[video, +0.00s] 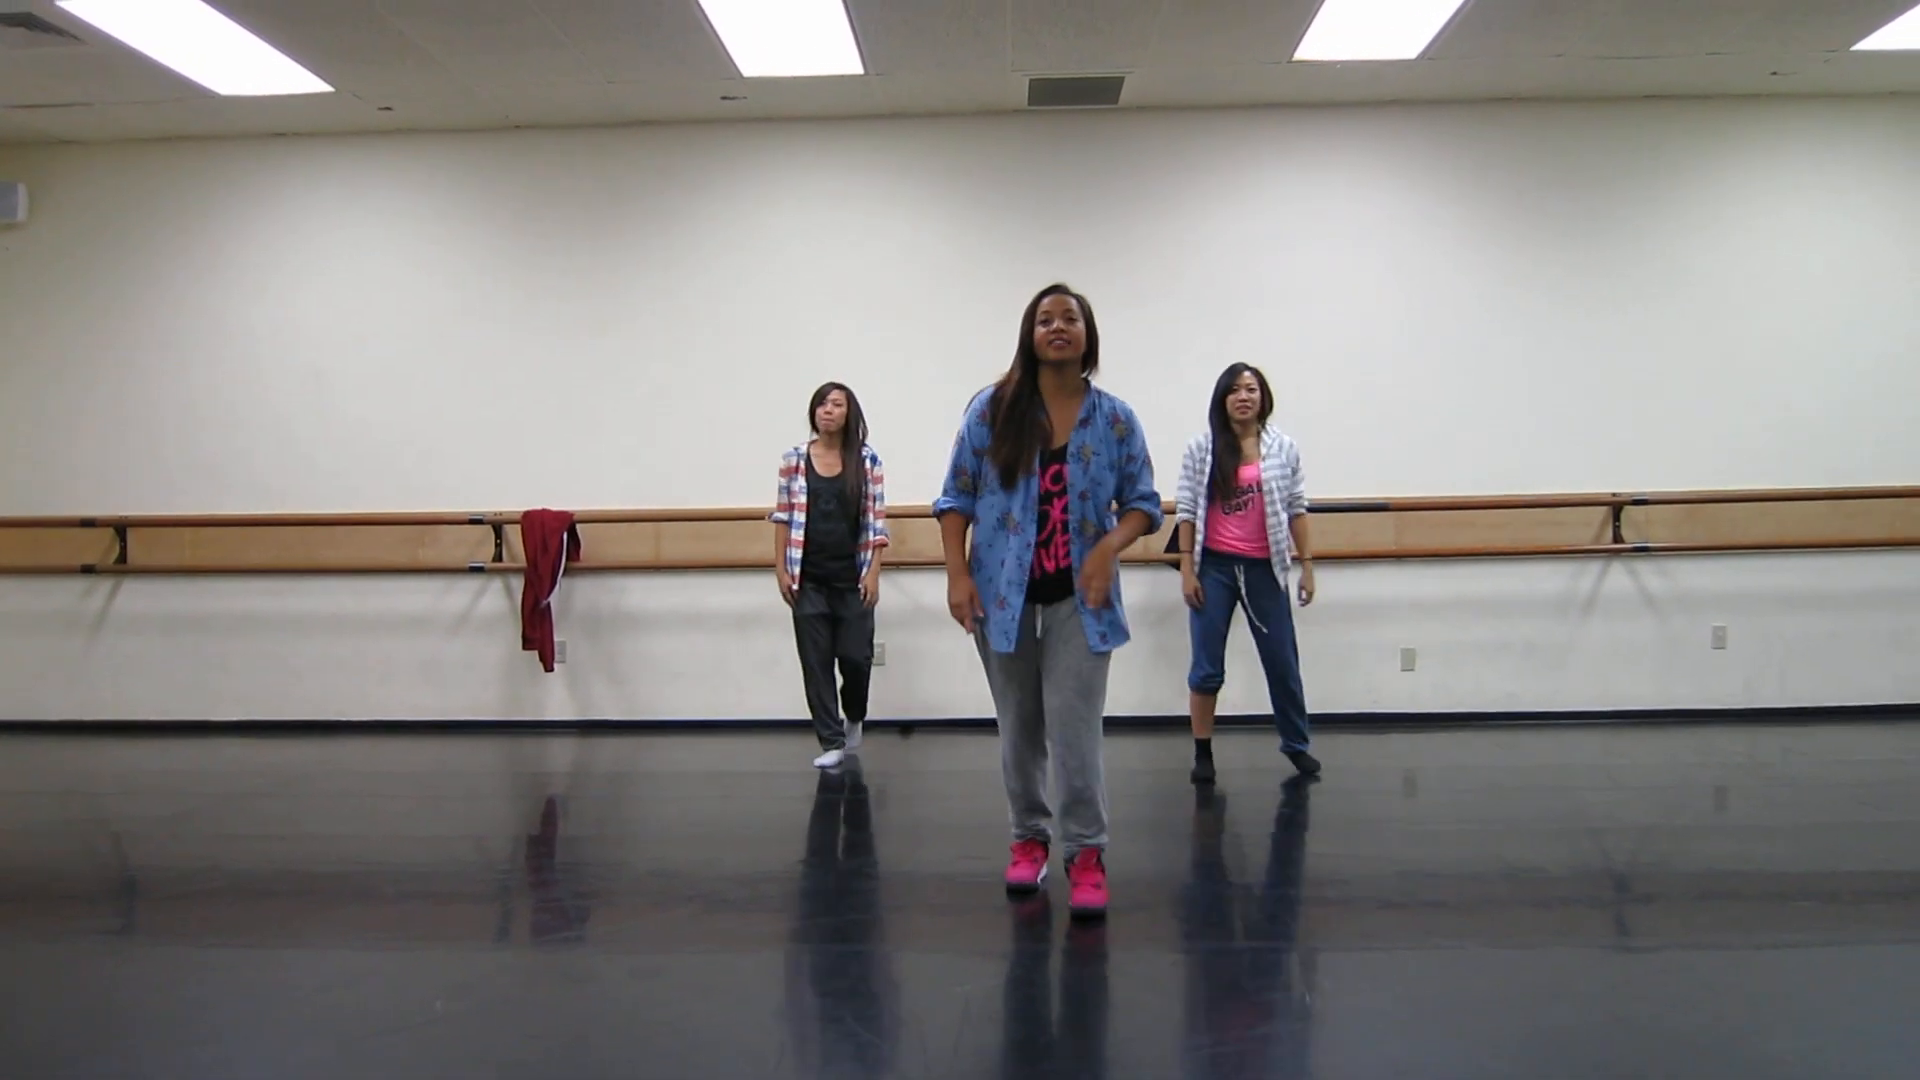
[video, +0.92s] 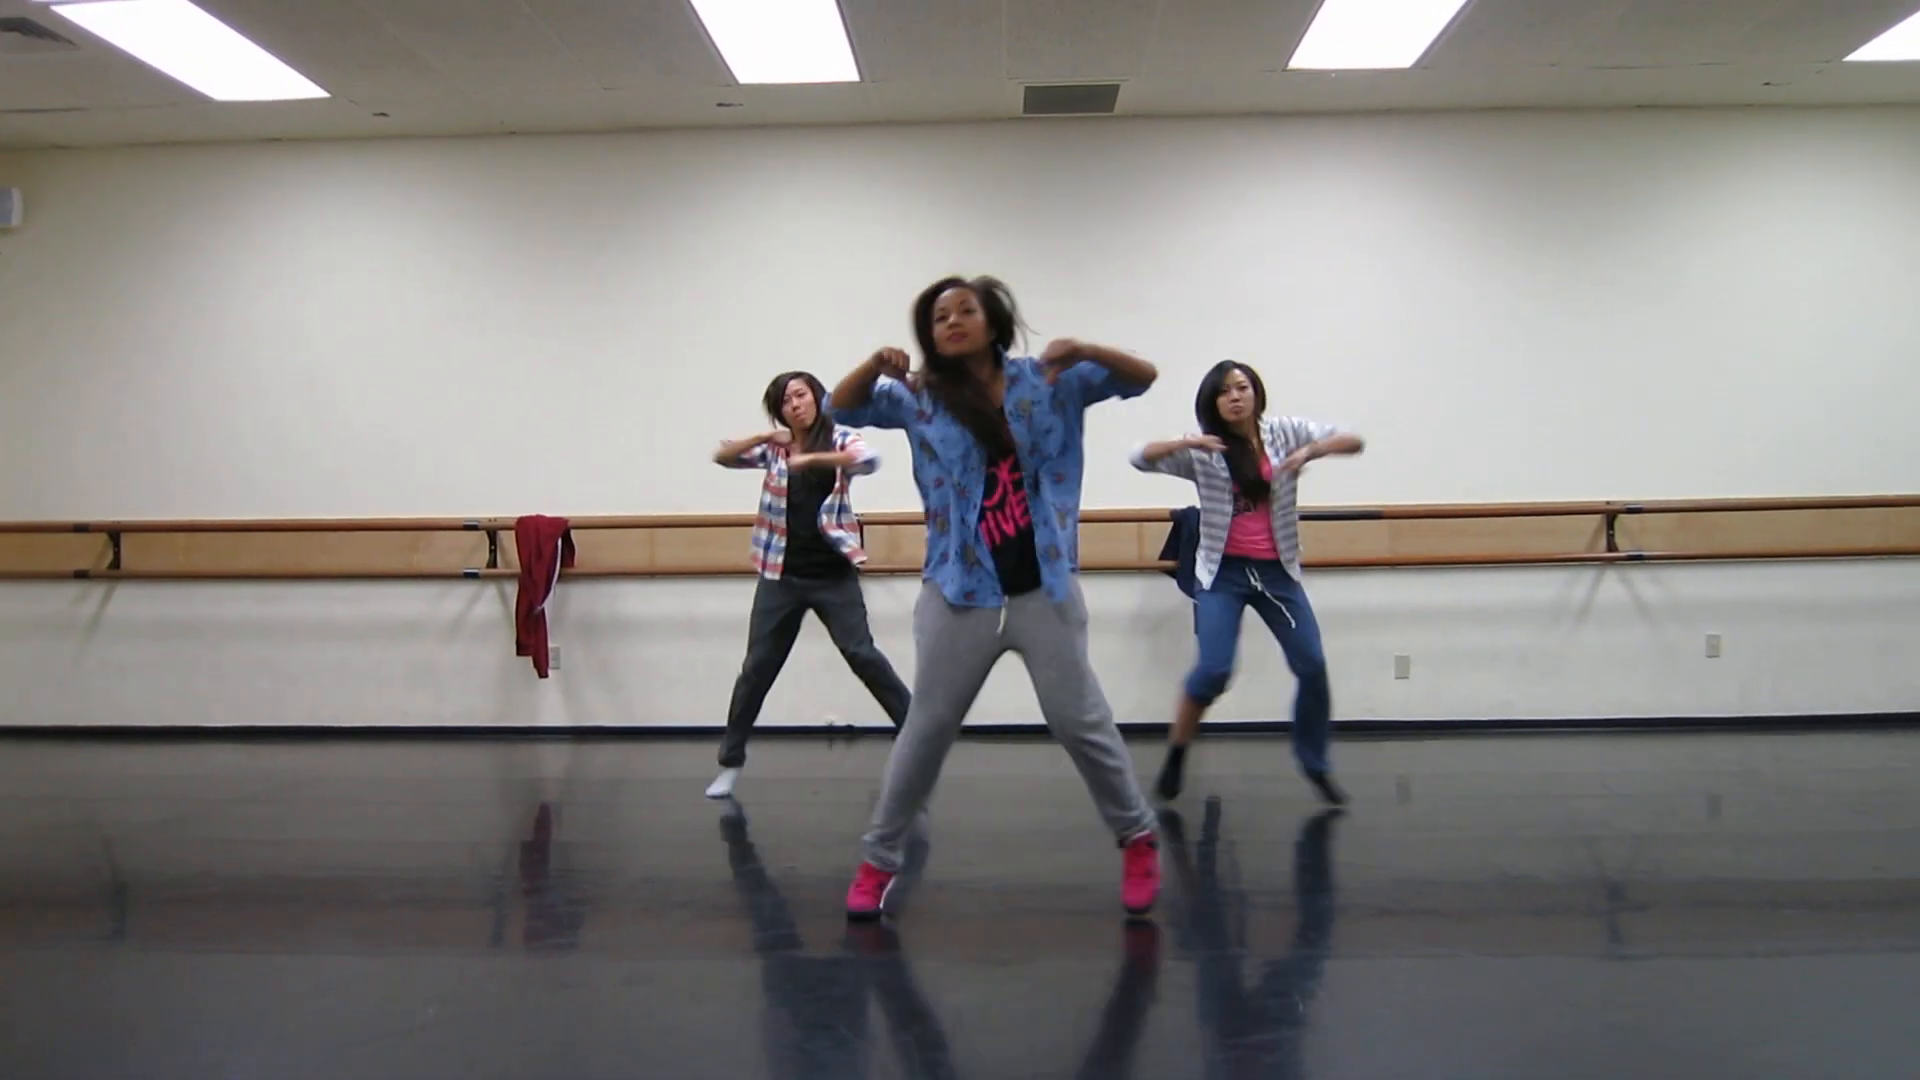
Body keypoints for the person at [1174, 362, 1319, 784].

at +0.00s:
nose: (1243, 396)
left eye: (1251, 390)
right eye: (1234, 390)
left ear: (1263, 399)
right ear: (1221, 400)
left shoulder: (1282, 448)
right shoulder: (1201, 449)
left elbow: (1296, 509)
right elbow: (1187, 512)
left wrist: (1305, 564)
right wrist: (1187, 569)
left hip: (1265, 567)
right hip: (1214, 566)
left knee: (1283, 661)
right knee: (1206, 665)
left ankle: (1297, 746)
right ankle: (1203, 754)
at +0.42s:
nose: (1233, 397)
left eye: (1240, 390)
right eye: (1223, 393)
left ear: (1253, 399)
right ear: (1210, 406)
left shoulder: (1275, 445)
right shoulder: (1198, 450)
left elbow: (1303, 484)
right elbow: (1171, 487)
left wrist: (1322, 512)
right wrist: (1156, 520)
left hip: (1262, 579)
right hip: (1209, 577)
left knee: (1270, 679)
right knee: (1201, 676)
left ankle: (1270, 780)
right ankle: (1200, 751)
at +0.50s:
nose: (1248, 393)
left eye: (1253, 386)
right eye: (1237, 388)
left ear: (1262, 398)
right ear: (1213, 404)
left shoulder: (1278, 438)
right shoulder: (1198, 451)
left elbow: (1301, 474)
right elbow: (1159, 496)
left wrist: (1332, 474)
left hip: (1268, 574)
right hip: (1214, 574)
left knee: (1275, 678)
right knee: (1217, 671)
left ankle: (1271, 777)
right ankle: (1216, 710)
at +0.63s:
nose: (1261, 409)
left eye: (1267, 402)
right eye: (1251, 403)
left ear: (1275, 412)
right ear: (1232, 414)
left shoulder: (1287, 460)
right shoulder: (1214, 458)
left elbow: (1313, 503)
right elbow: (1203, 511)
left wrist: (1319, 515)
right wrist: (1212, 506)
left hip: (1268, 579)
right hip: (1219, 578)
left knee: (1281, 668)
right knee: (1266, 641)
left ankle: (1273, 773)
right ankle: (1267, 742)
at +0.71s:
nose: (1267, 418)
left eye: (1271, 411)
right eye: (1257, 412)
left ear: (1279, 421)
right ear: (1237, 423)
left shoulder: (1293, 469)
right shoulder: (1215, 467)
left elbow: (1285, 519)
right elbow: (1241, 513)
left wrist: (1257, 531)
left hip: (1269, 591)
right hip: (1222, 588)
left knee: (1289, 680)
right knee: (1260, 654)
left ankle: (1271, 783)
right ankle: (1306, 735)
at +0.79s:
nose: (1252, 410)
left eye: (1259, 402)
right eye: (1242, 404)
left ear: (1270, 410)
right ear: (1227, 413)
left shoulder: (1287, 455)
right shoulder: (1209, 456)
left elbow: (1295, 512)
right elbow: (1220, 501)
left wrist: (1241, 518)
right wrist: (1287, 499)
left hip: (1274, 577)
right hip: (1223, 576)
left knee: (1290, 671)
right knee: (1269, 635)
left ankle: (1269, 777)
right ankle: (1281, 740)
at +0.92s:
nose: (1235, 396)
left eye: (1242, 387)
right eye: (1225, 391)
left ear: (1257, 394)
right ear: (1212, 403)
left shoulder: (1286, 432)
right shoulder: (1202, 451)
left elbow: (1353, 442)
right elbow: (1139, 459)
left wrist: (1311, 451)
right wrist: (1185, 442)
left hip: (1276, 571)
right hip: (1221, 571)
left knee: (1312, 666)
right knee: (1213, 671)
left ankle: (1314, 763)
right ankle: (1175, 756)